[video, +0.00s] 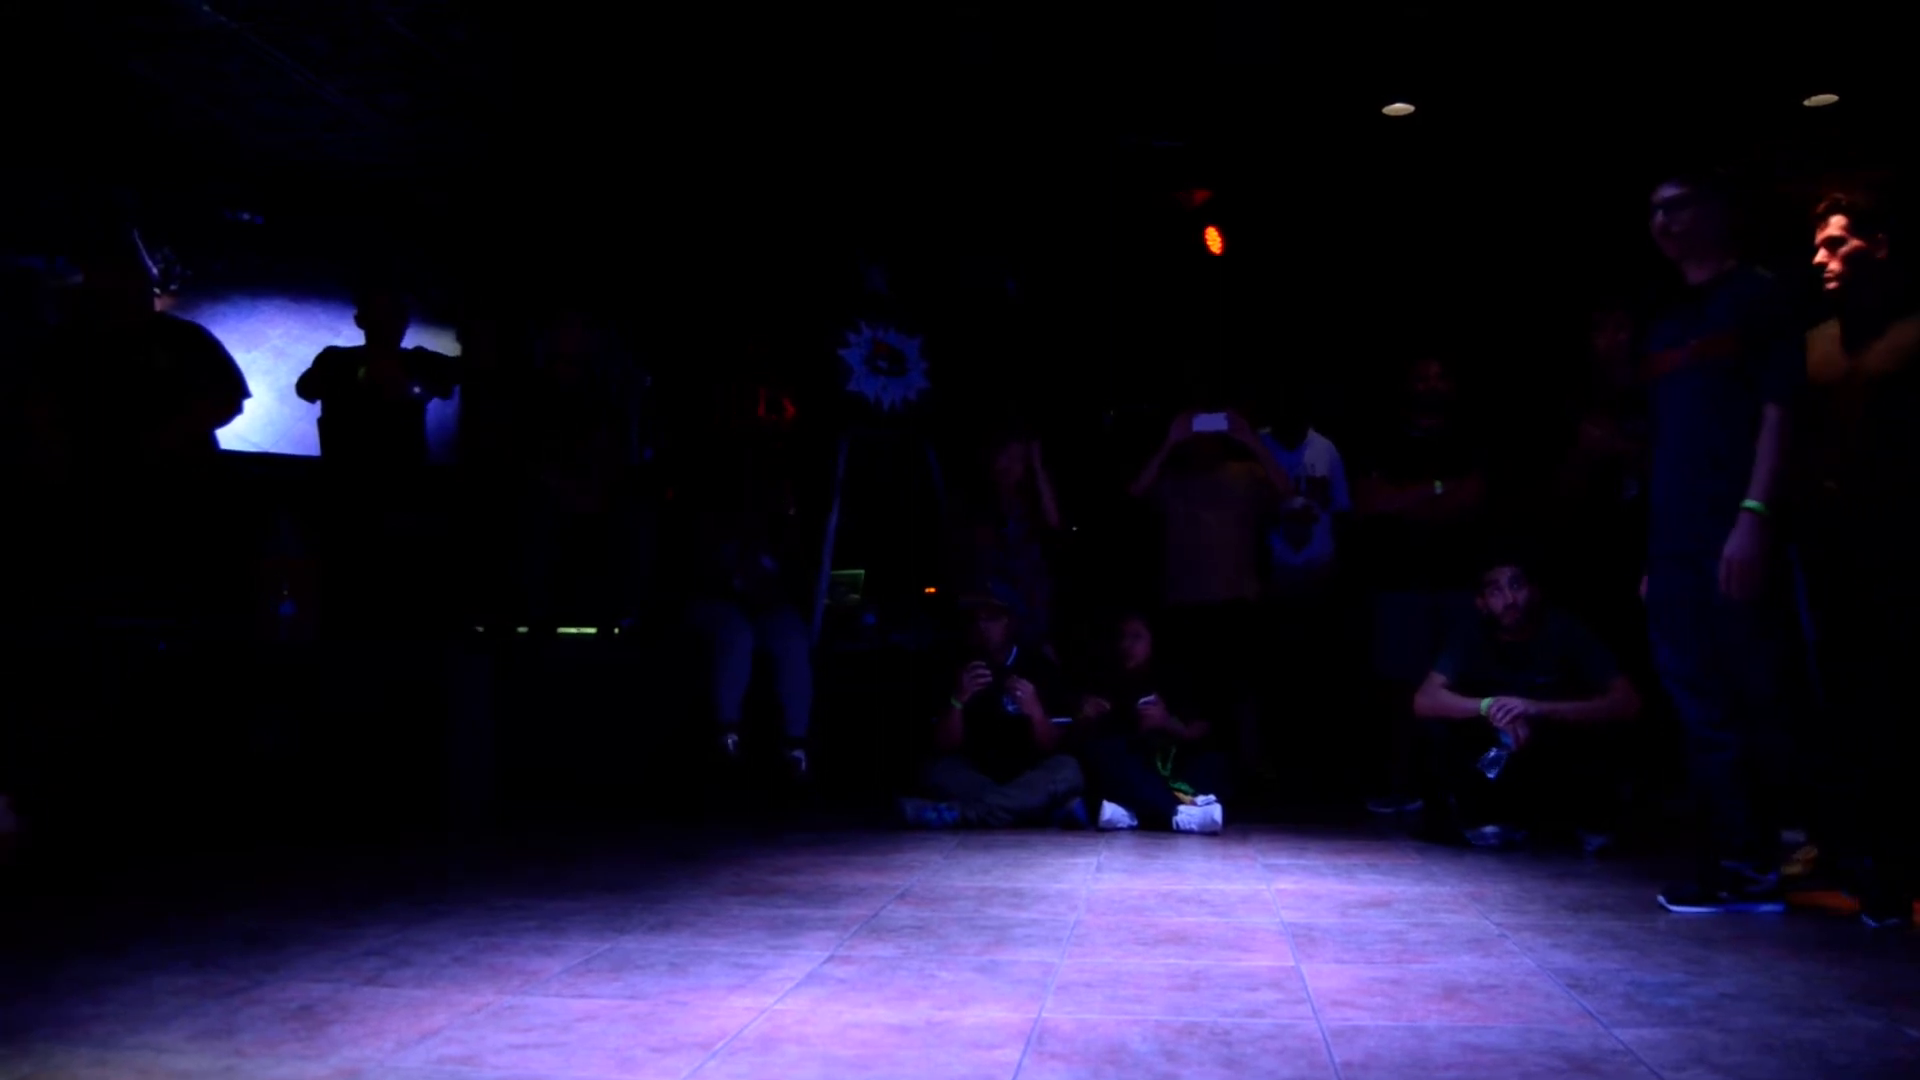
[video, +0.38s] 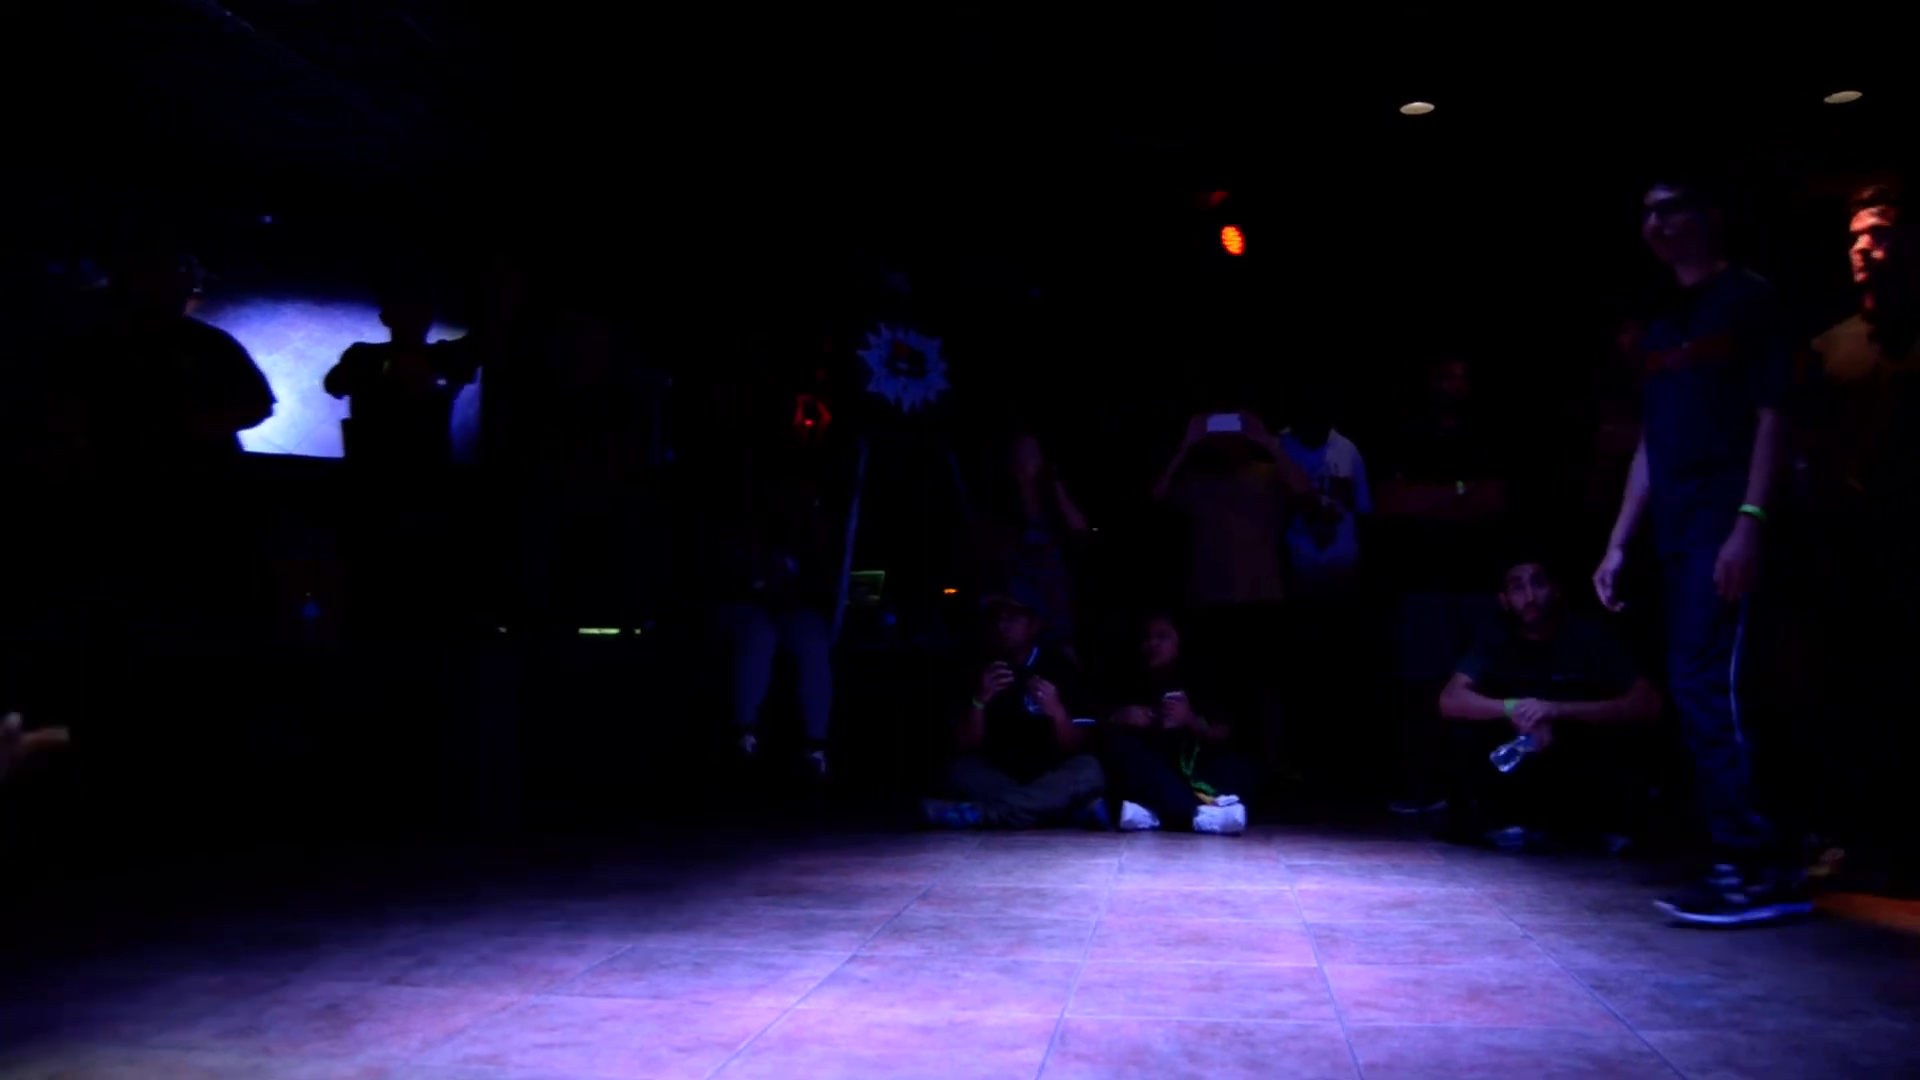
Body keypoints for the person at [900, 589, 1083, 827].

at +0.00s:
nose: (983, 629)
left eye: (992, 619)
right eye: (976, 620)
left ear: (1009, 623)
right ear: (968, 626)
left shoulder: (1033, 665)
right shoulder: (954, 666)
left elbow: (1050, 743)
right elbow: (945, 744)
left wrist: (1033, 710)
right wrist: (959, 700)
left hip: (1025, 762)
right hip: (973, 763)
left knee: (1067, 771)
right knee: (939, 772)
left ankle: (963, 814)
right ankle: (1043, 813)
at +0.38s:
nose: (1003, 628)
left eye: (1012, 619)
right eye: (997, 619)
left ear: (1032, 623)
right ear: (989, 626)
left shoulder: (1055, 665)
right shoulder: (977, 666)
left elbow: (1075, 744)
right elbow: (966, 743)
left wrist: (1055, 710)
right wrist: (980, 700)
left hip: (1047, 762)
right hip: (994, 764)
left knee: (1089, 771)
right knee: (959, 771)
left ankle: (985, 814)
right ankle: (1065, 813)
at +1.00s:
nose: (1069, 628)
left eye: (1078, 619)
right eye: (1062, 619)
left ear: (1093, 624)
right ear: (1053, 626)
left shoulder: (1115, 664)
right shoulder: (1038, 664)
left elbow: (1134, 743)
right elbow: (1024, 744)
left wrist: (1114, 709)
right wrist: (1040, 699)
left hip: (1106, 761)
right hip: (1053, 762)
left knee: (1147, 770)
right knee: (1020, 771)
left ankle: (1042, 814)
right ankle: (1124, 813)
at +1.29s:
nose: (1070, 626)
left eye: (1078, 616)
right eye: (1062, 617)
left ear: (1090, 621)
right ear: (1051, 623)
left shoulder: (1110, 661)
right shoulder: (1036, 664)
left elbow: (1128, 738)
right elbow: (1024, 742)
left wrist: (1108, 705)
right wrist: (1034, 695)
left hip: (1102, 757)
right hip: (1051, 758)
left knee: (1141, 766)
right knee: (1017, 768)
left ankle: (1037, 809)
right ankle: (1120, 808)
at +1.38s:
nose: (1072, 625)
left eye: (1079, 615)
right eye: (1064, 616)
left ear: (1091, 620)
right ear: (1051, 621)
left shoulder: (1110, 660)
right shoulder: (1036, 662)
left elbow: (1128, 738)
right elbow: (1024, 742)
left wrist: (1108, 705)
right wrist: (1034, 694)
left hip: (1101, 757)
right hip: (1051, 757)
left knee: (1141, 766)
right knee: (1018, 768)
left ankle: (1037, 809)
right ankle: (1120, 808)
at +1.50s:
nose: (1073, 628)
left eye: (1080, 619)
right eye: (1065, 619)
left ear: (1092, 623)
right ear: (1052, 624)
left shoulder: (1110, 661)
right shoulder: (1039, 663)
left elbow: (1128, 738)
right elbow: (1024, 743)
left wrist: (1108, 705)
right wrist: (1035, 695)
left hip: (1102, 757)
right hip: (1052, 757)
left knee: (1141, 766)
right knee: (1018, 768)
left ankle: (1036, 809)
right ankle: (1121, 808)